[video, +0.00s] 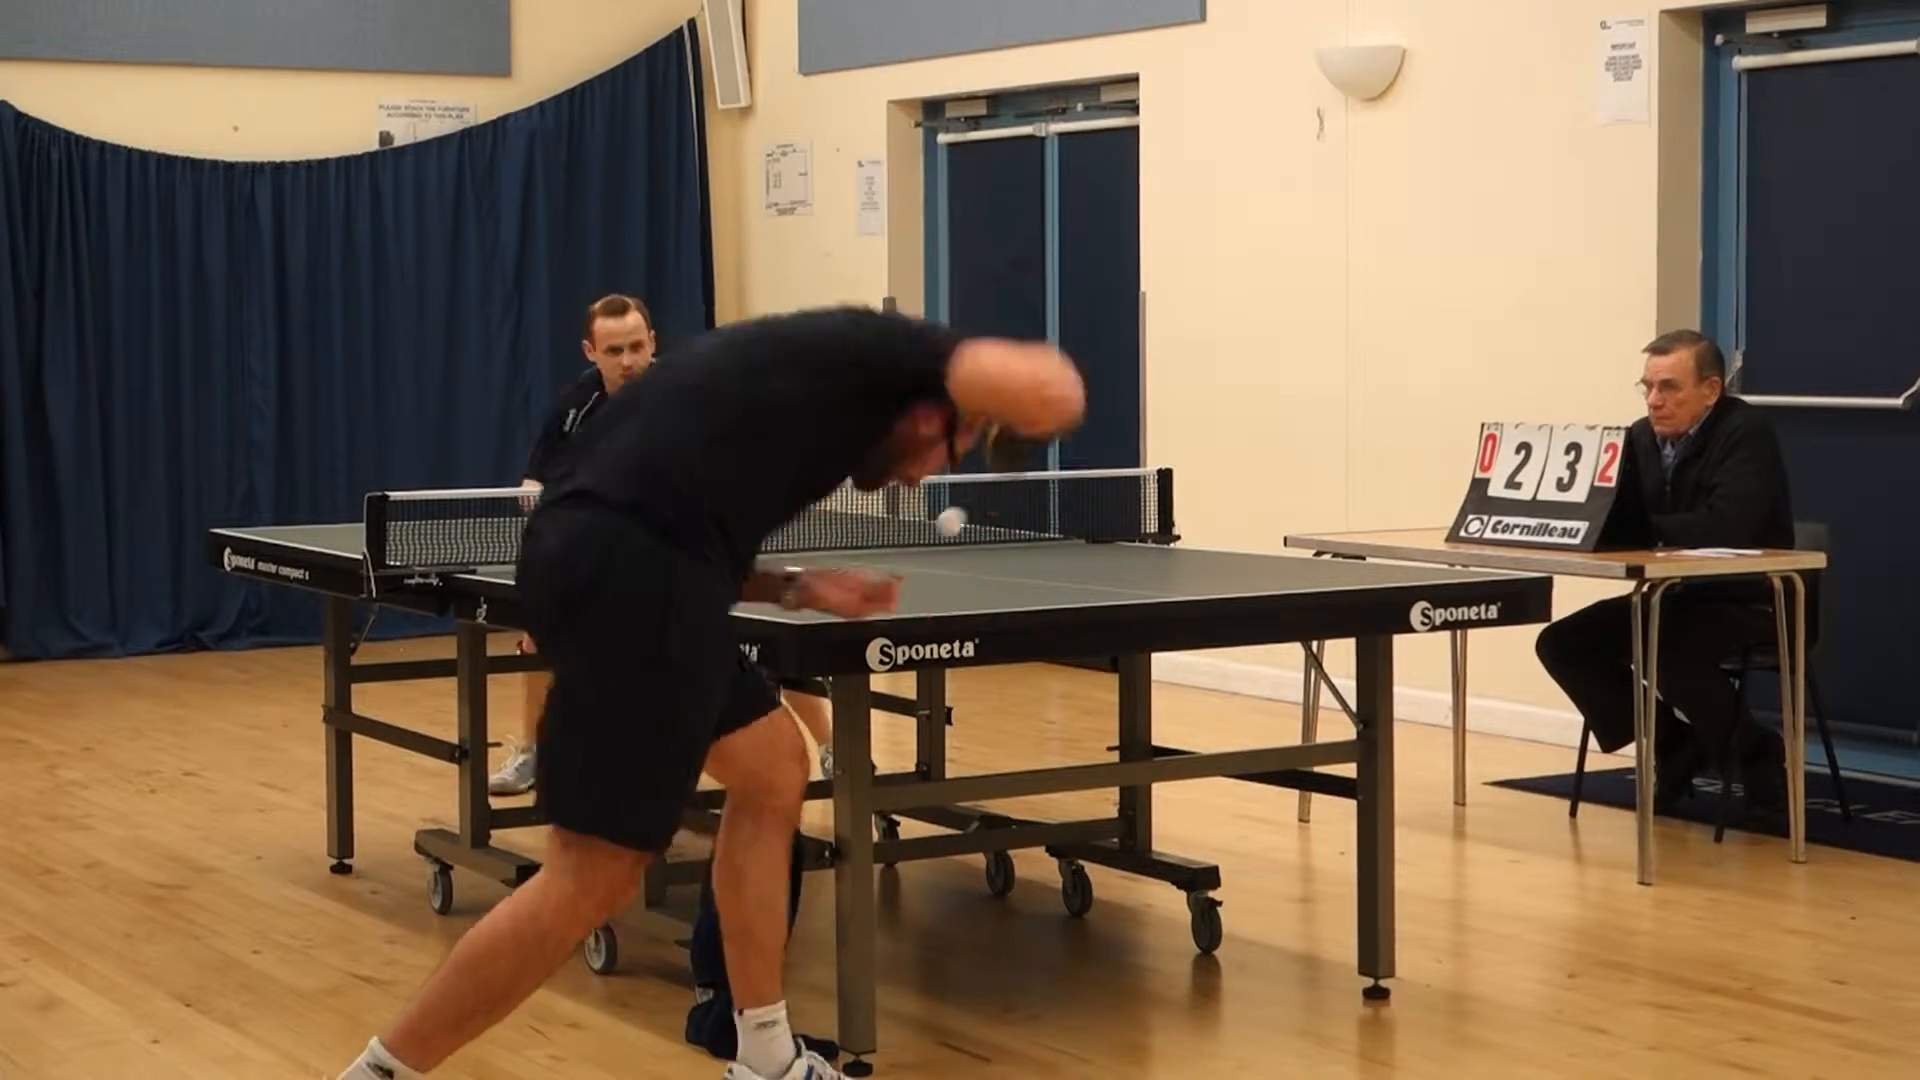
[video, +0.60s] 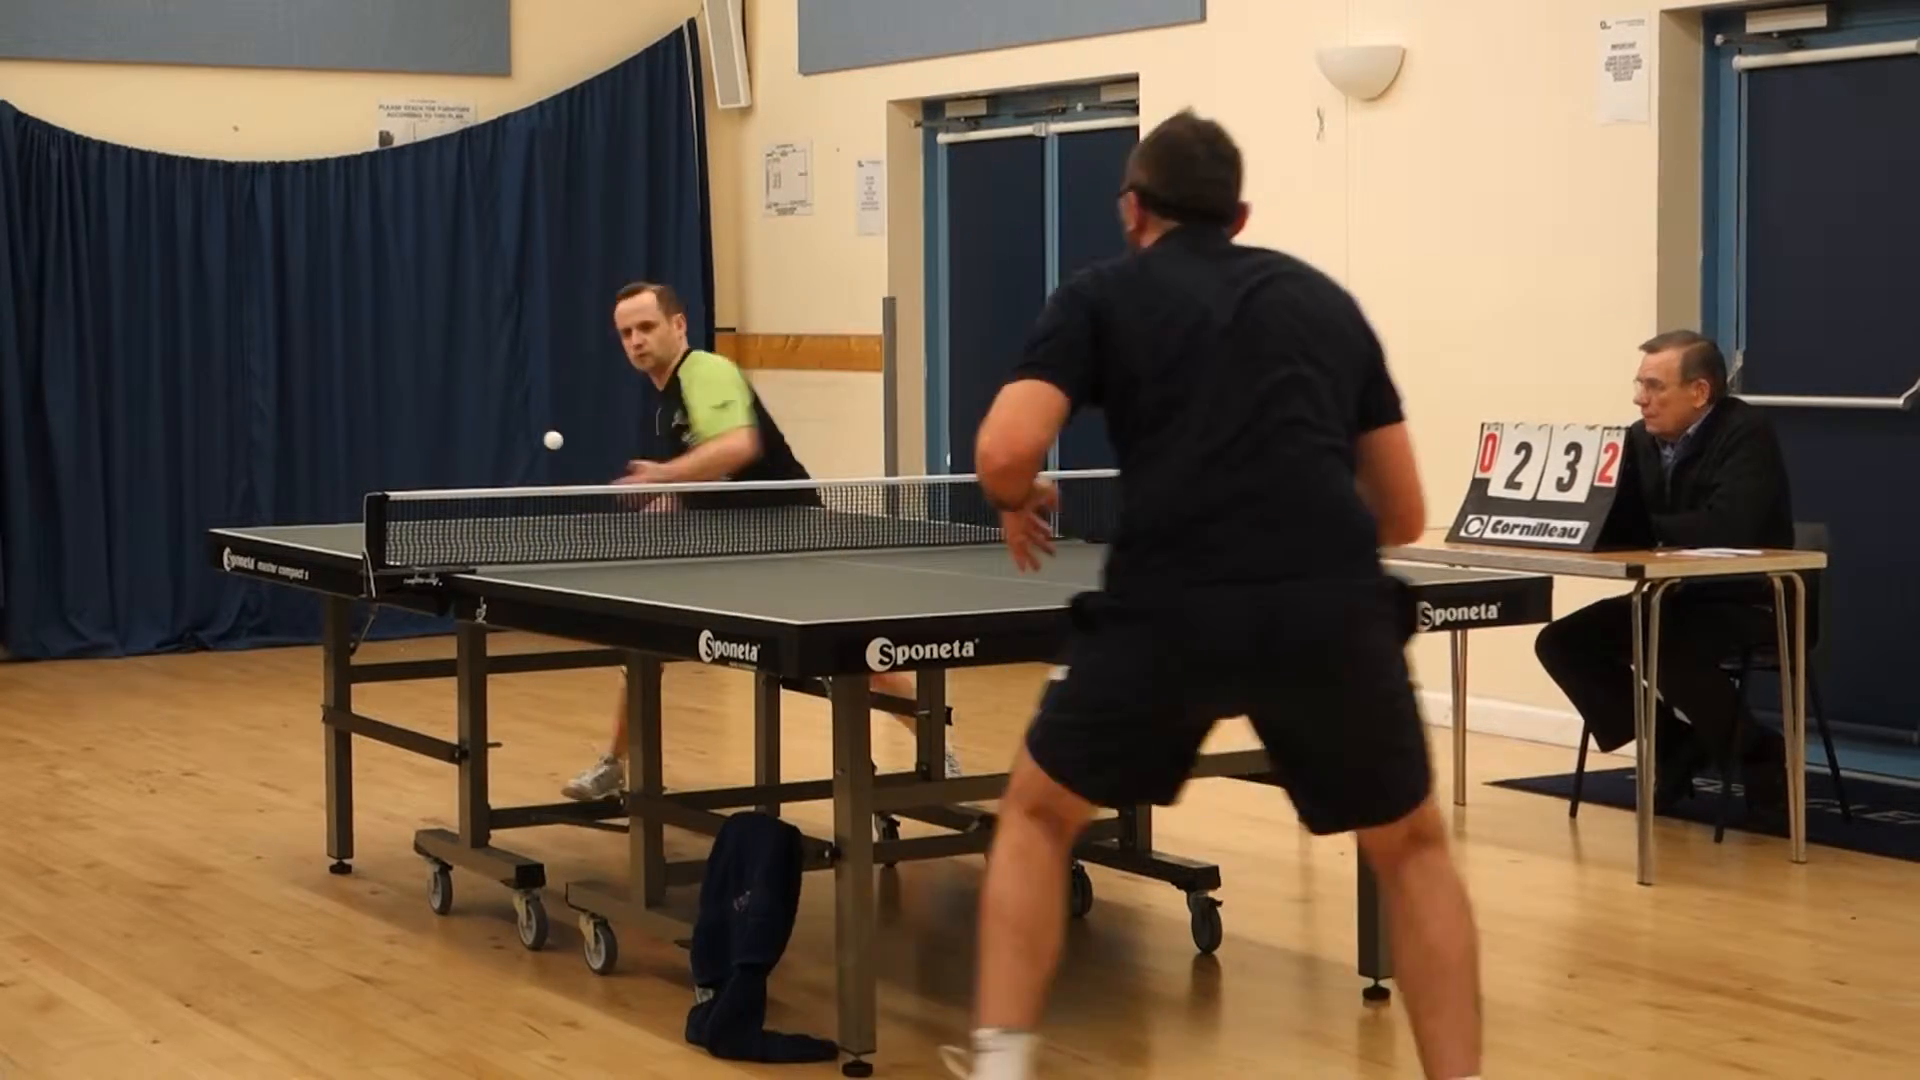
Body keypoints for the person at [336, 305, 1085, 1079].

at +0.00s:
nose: (926, 477)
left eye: (942, 467)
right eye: (944, 456)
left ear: (914, 419)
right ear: (933, 412)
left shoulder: (786, 412)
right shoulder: (882, 347)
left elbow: (693, 561)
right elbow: (1057, 393)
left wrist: (804, 586)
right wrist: (1000, 400)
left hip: (604, 562)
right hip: (621, 565)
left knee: (774, 770)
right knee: (594, 877)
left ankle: (766, 1051)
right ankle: (382, 1065)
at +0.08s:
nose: (963, 426)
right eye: (966, 408)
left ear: (871, 354)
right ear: (950, 380)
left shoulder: (759, 368)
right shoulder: (931, 393)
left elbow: (584, 473)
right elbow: (1020, 565)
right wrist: (1094, 473)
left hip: (614, 574)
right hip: (710, 608)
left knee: (787, 752)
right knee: (628, 890)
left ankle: (760, 1057)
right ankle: (401, 1063)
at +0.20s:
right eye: (984, 339)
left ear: (884, 307)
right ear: (976, 330)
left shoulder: (800, 330)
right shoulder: (986, 381)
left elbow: (636, 400)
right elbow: (1022, 580)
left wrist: (711, 497)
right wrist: (1085, 570)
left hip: (711, 567)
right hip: (831, 589)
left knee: (792, 814)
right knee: (886, 872)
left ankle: (765, 1055)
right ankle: (659, 1012)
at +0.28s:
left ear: (918, 275)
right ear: (1019, 297)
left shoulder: (840, 313)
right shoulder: (1032, 361)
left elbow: (686, 407)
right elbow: (1053, 574)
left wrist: (770, 480)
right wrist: (1110, 550)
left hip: (782, 576)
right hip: (918, 589)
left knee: (841, 797)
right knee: (1034, 829)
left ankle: (772, 1055)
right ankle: (948, 1019)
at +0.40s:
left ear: (988, 256)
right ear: (1095, 273)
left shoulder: (917, 320)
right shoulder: (1128, 354)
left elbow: (787, 443)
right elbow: (1178, 569)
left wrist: (863, 522)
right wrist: (1157, 519)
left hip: (899, 615)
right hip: (1044, 617)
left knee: (906, 827)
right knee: (1228, 831)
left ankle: (783, 1057)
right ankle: (1360, 1065)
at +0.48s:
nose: (1028, 247)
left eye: (1030, 236)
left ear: (1039, 242)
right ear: (1143, 249)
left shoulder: (987, 323)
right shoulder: (1204, 338)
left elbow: (894, 453)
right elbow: (1278, 549)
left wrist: (916, 533)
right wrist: (1227, 519)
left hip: (1016, 631)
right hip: (1172, 636)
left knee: (925, 843)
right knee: (1328, 857)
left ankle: (801, 1055)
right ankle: (1425, 1072)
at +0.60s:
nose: (1120, 213)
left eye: (1124, 201)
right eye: (1127, 201)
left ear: (1137, 209)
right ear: (1238, 212)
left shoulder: (1102, 296)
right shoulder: (1325, 301)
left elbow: (1004, 449)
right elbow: (1400, 513)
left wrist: (1017, 499)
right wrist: (1296, 532)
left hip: (1164, 607)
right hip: (1328, 610)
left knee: (1038, 819)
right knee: (1410, 845)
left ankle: (1000, 1062)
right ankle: (1458, 1071)